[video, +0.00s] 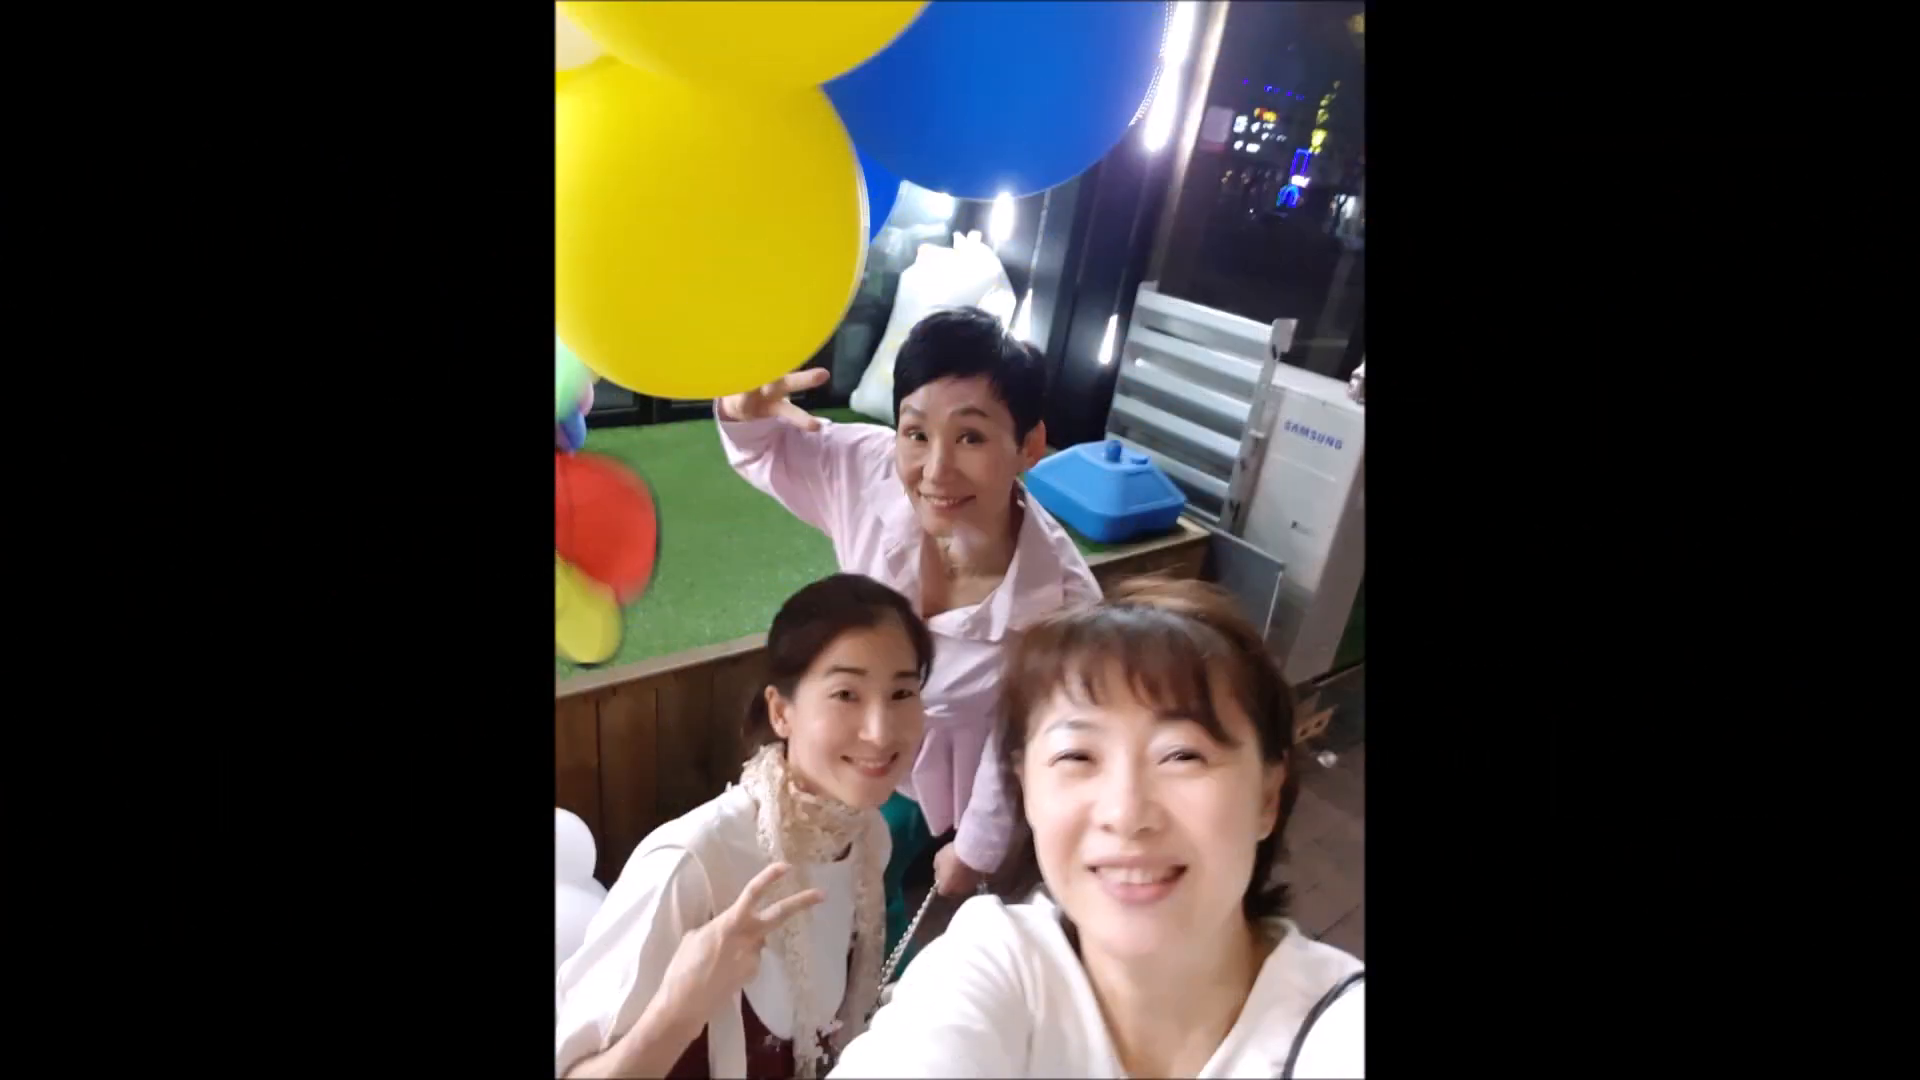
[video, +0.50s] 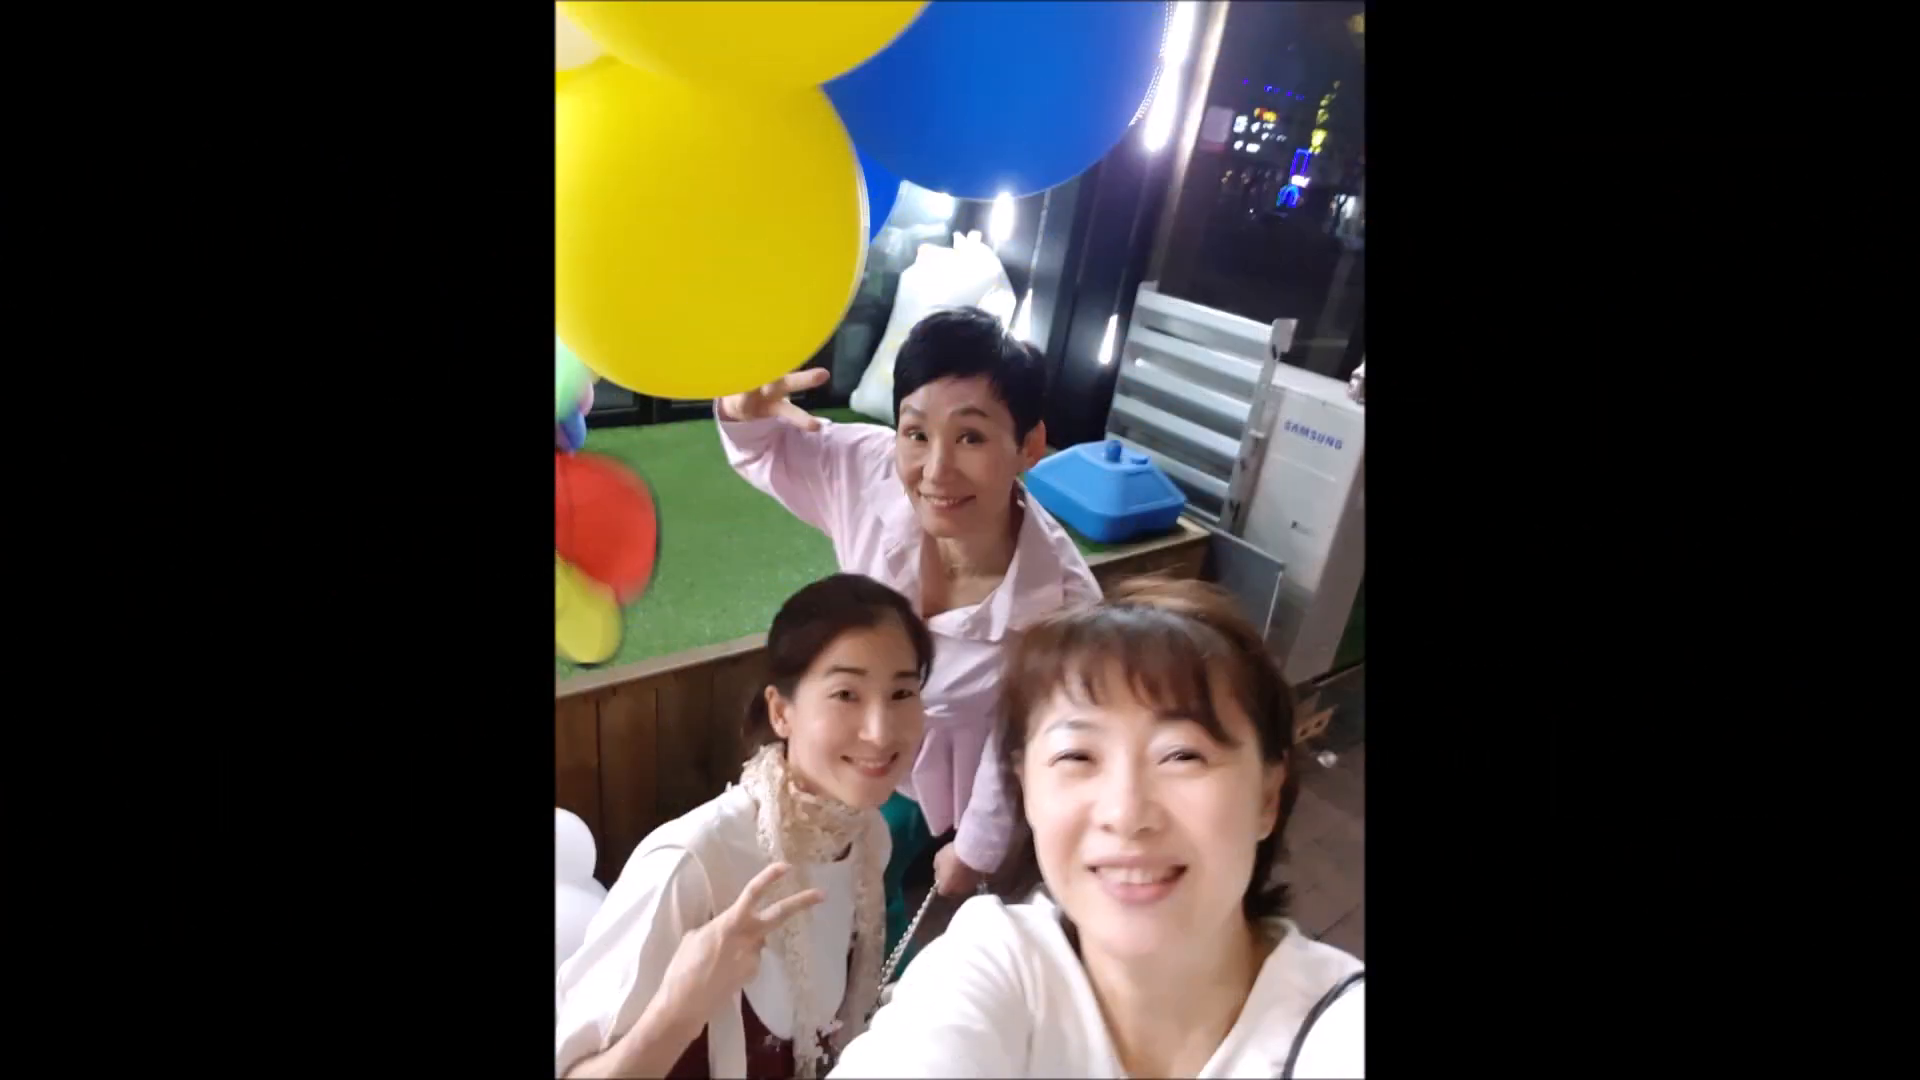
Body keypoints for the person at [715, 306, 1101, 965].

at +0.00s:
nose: (937, 469)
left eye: (971, 438)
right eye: (917, 435)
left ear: (1030, 448)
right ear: (895, 433)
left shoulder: (1058, 603)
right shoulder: (868, 469)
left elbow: (1024, 755)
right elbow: (771, 446)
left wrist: (974, 855)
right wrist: (749, 411)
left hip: (950, 817)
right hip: (844, 772)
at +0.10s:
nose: (937, 469)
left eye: (971, 438)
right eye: (917, 435)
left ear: (1030, 448)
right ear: (895, 434)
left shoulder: (1058, 604)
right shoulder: (869, 470)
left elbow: (1025, 753)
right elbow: (772, 446)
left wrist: (974, 853)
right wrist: (749, 411)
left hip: (954, 817)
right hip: (847, 772)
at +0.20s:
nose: (937, 469)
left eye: (971, 438)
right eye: (917, 435)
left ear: (1030, 448)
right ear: (895, 434)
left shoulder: (1058, 604)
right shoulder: (869, 470)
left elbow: (1025, 753)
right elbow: (772, 446)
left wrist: (974, 853)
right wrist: (749, 411)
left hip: (954, 817)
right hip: (847, 772)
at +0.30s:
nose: (937, 469)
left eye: (971, 438)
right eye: (917, 435)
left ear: (1030, 448)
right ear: (895, 434)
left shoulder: (1058, 604)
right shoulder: (869, 470)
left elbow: (1025, 753)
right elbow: (772, 446)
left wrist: (974, 853)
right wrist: (749, 411)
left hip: (954, 817)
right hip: (847, 772)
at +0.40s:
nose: (937, 469)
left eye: (971, 438)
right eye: (917, 435)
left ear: (1030, 448)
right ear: (895, 434)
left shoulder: (1058, 604)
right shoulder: (869, 470)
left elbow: (1023, 756)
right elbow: (771, 446)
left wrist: (973, 855)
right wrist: (749, 410)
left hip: (951, 818)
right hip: (844, 773)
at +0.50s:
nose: (937, 469)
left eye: (971, 438)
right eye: (917, 435)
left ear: (1030, 448)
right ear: (895, 434)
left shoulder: (1058, 604)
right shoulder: (869, 470)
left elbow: (1023, 756)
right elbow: (771, 446)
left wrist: (973, 855)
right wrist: (749, 410)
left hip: (951, 818)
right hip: (844, 773)